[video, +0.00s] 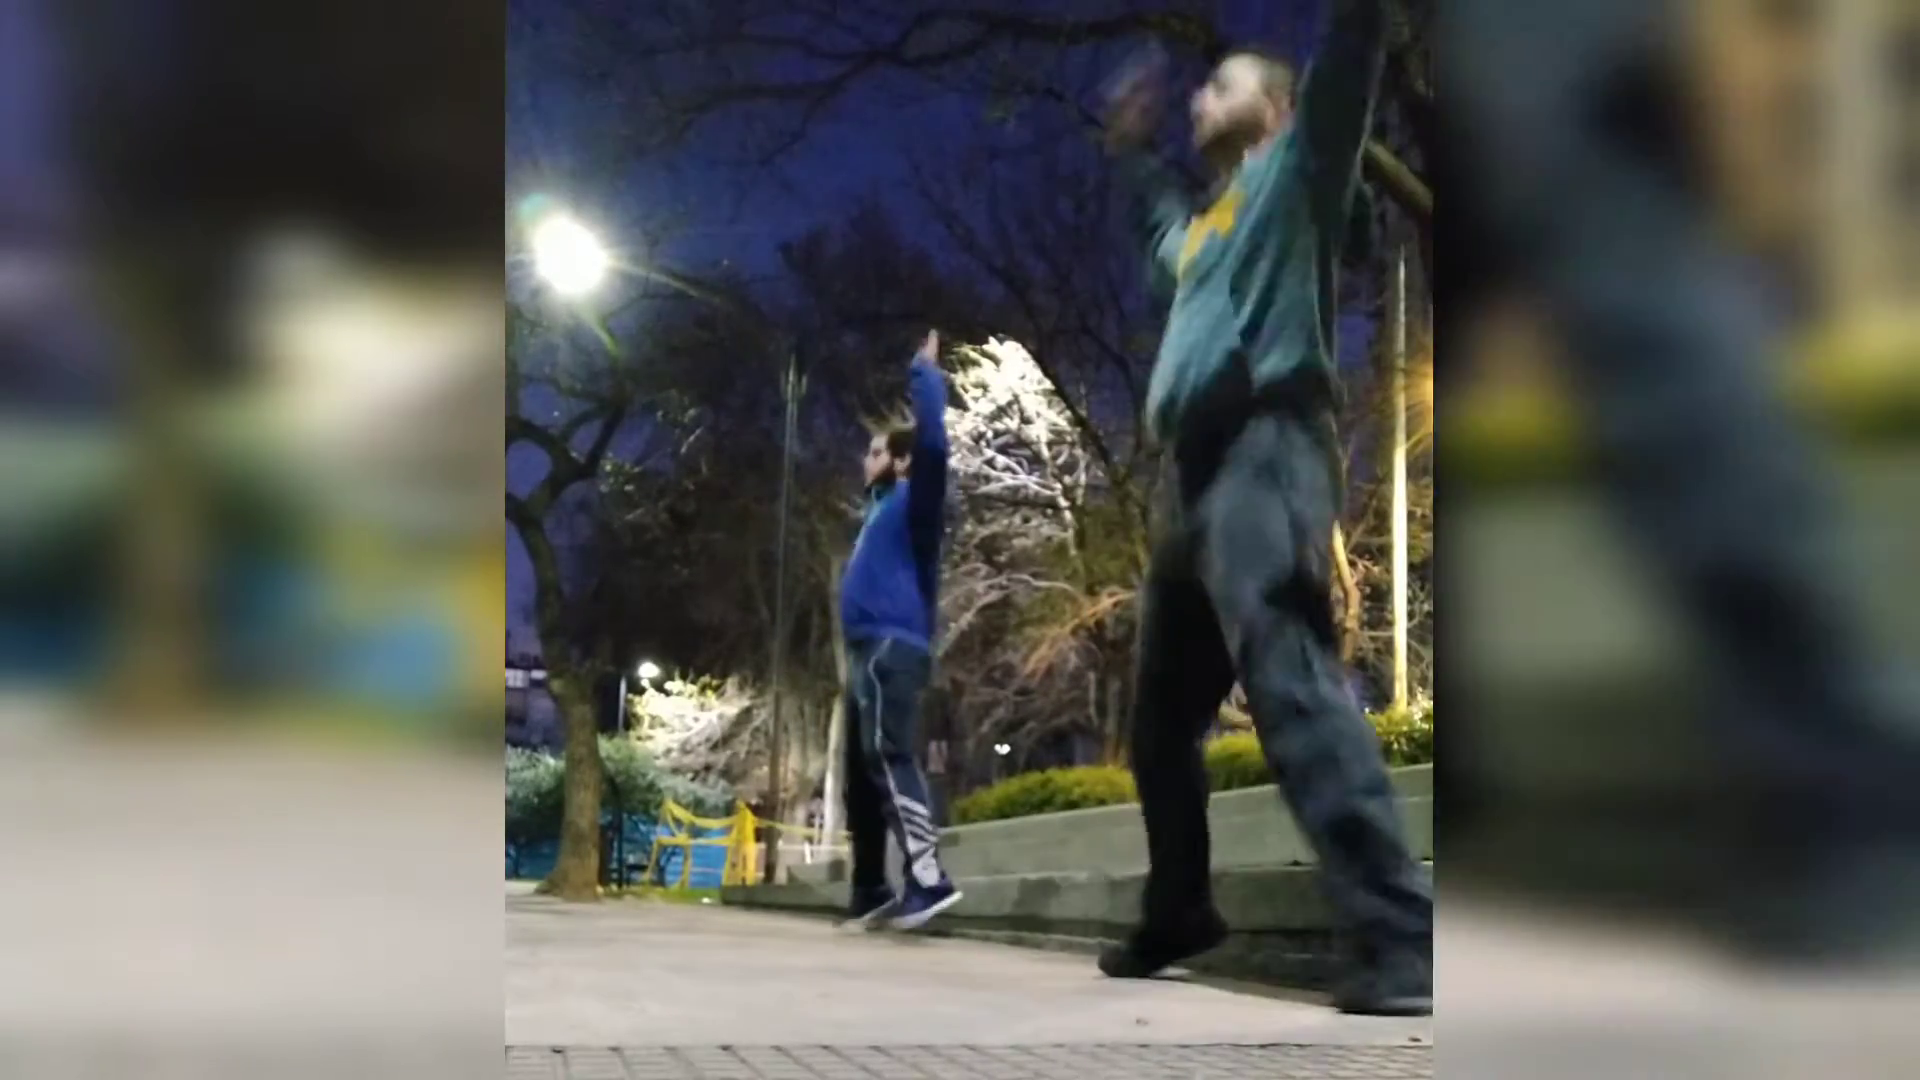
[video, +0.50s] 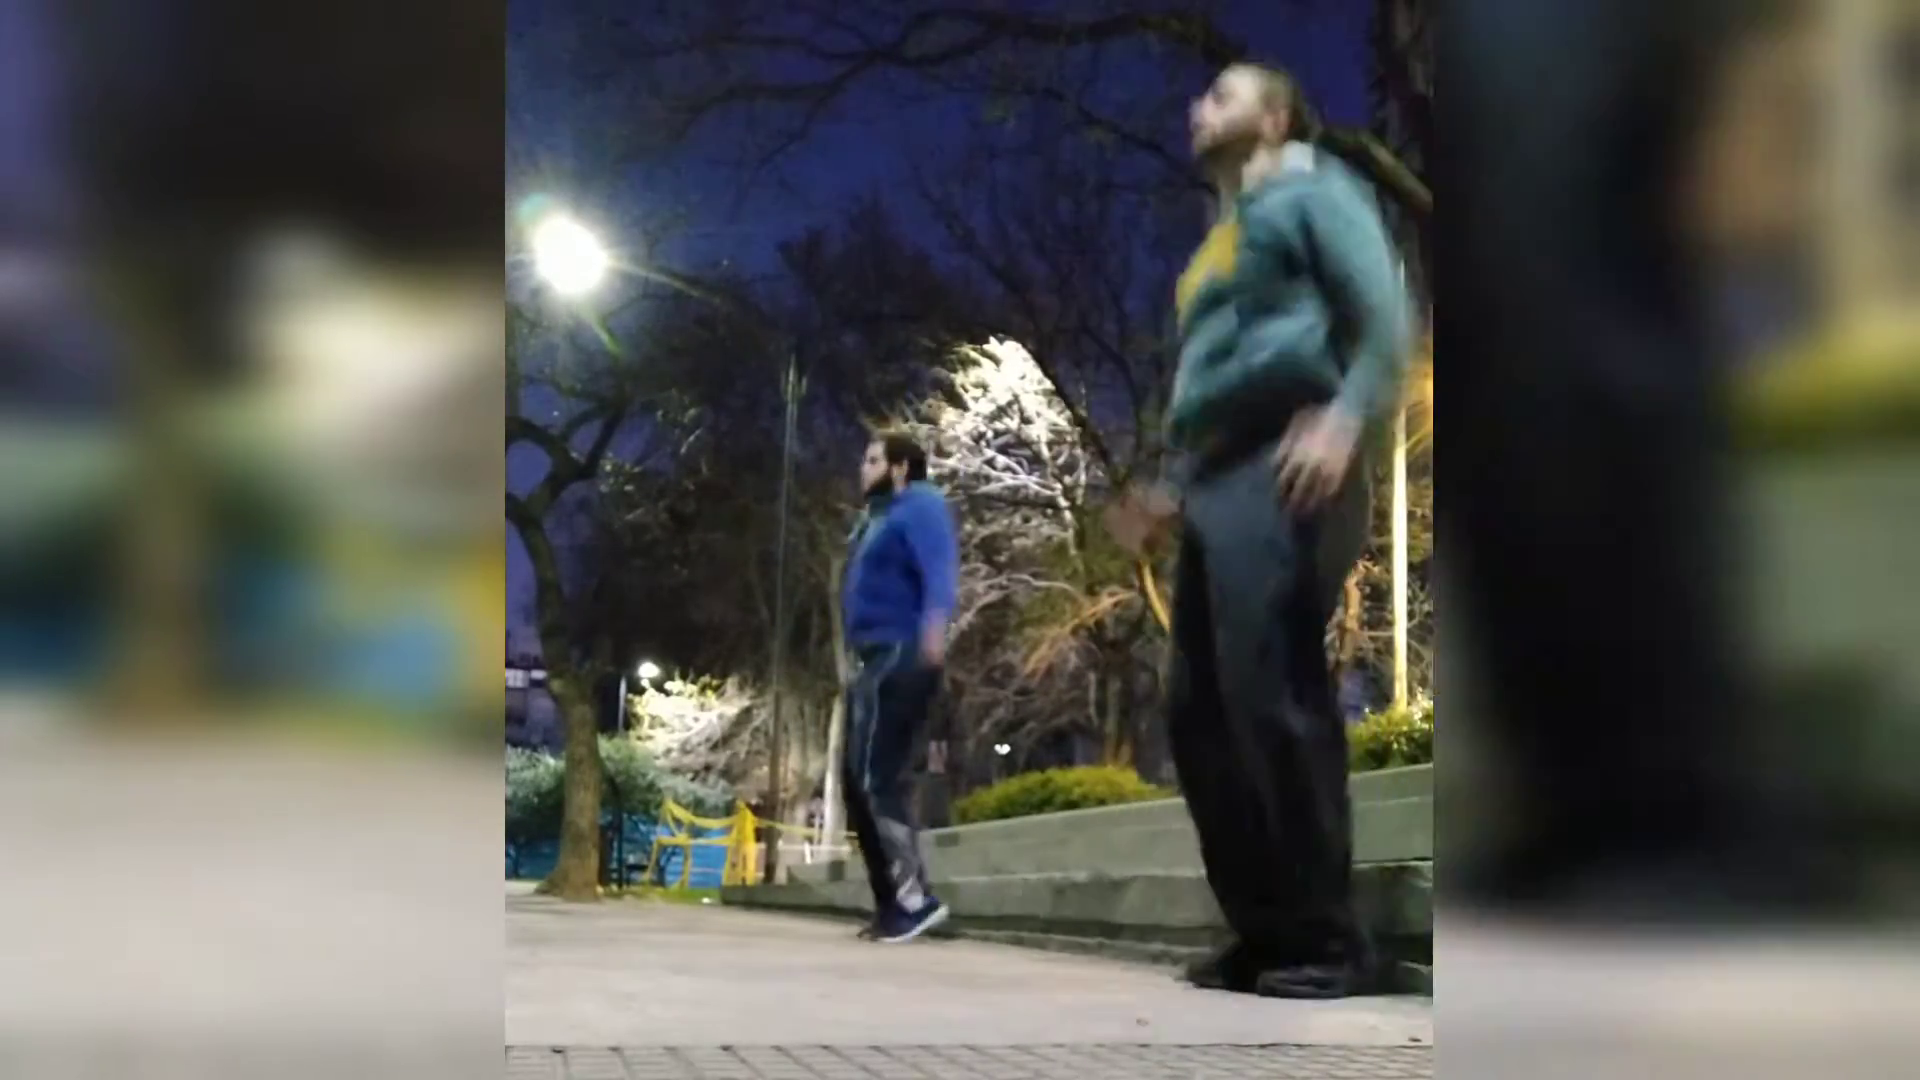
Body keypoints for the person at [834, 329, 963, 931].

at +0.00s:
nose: (867, 459)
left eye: (875, 451)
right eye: (869, 452)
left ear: (900, 459)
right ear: (889, 463)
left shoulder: (914, 504)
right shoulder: (879, 511)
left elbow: (931, 444)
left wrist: (926, 372)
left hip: (896, 639)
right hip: (862, 643)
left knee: (891, 755)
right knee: (861, 769)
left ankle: (927, 880)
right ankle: (871, 888)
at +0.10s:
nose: (861, 486)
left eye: (869, 477)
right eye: (862, 477)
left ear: (892, 481)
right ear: (873, 485)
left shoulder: (914, 524)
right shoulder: (871, 533)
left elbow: (923, 459)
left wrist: (912, 416)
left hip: (899, 661)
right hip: (863, 664)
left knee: (884, 782)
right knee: (858, 786)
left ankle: (925, 900)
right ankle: (881, 903)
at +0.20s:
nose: (858, 497)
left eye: (867, 487)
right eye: (860, 488)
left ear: (893, 492)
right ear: (879, 496)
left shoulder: (914, 534)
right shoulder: (873, 548)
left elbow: (927, 469)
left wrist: (913, 413)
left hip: (899, 675)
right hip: (866, 677)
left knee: (884, 798)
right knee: (860, 804)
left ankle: (928, 905)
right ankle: (891, 905)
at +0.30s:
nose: (864, 468)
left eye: (874, 460)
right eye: (866, 460)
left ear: (901, 468)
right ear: (886, 473)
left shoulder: (916, 506)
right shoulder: (879, 522)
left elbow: (937, 463)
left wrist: (929, 400)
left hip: (899, 644)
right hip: (864, 650)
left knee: (898, 771)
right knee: (879, 776)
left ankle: (921, 891)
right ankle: (897, 894)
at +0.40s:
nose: (864, 456)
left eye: (874, 448)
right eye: (866, 447)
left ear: (902, 455)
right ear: (894, 456)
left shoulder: (924, 490)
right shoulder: (880, 499)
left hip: (900, 630)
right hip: (866, 634)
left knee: (882, 759)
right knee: (858, 765)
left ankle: (920, 886)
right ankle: (887, 891)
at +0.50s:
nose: (863, 469)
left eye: (873, 460)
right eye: (865, 460)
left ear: (901, 467)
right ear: (890, 469)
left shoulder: (920, 505)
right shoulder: (876, 516)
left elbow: (938, 571)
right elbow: (870, 590)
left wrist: (934, 631)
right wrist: (856, 652)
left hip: (903, 651)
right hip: (869, 654)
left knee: (875, 775)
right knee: (857, 778)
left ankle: (913, 898)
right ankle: (891, 904)